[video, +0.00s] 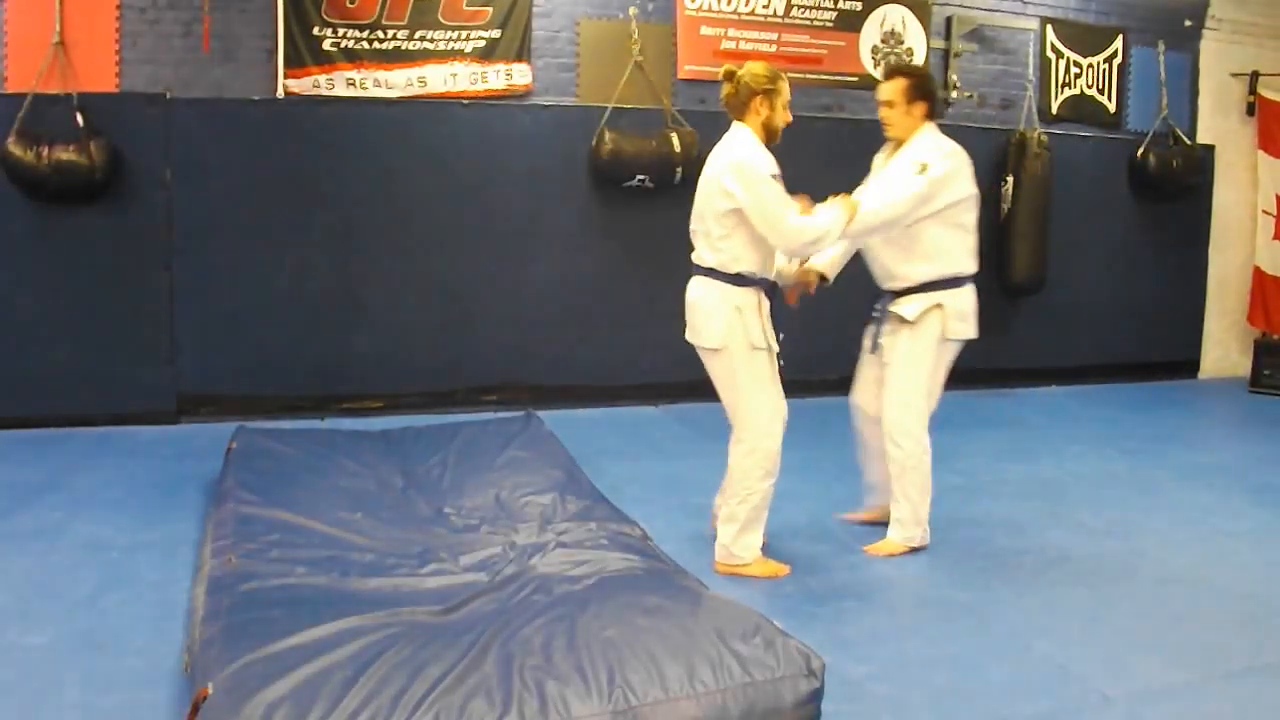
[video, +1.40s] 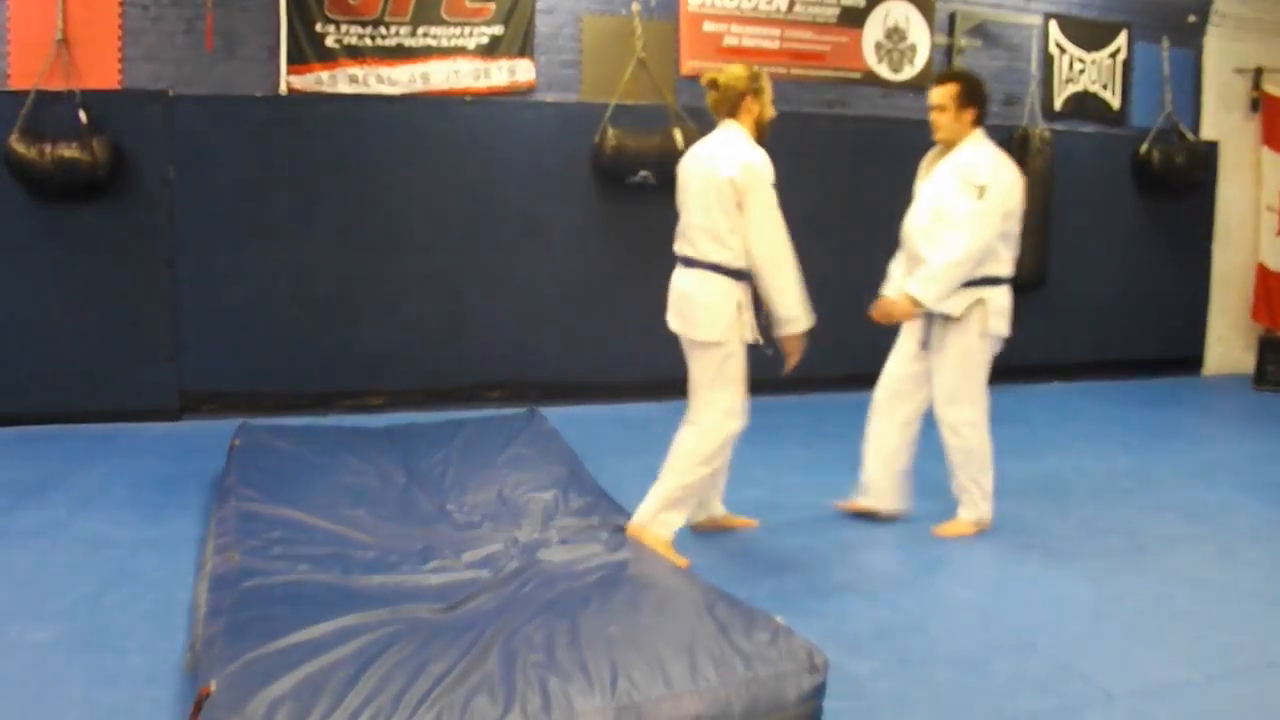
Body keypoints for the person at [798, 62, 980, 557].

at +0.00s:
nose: (881, 114)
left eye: (890, 105)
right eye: (880, 105)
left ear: (921, 108)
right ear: (887, 108)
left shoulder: (941, 158)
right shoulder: (889, 158)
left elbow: (881, 211)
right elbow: (858, 219)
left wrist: (820, 219)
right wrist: (819, 268)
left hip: (937, 304)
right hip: (899, 302)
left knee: (904, 414)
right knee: (868, 403)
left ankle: (911, 530)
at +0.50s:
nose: (805, 112)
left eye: (812, 103)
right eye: (802, 104)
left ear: (843, 101)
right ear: (810, 104)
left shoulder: (871, 149)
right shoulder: (806, 153)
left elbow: (830, 189)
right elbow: (780, 219)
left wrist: (761, 172)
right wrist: (770, 281)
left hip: (853, 303)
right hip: (813, 302)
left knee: (833, 421)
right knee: (798, 411)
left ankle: (832, 545)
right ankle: (806, 509)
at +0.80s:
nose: (806, 115)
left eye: (815, 106)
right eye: (803, 106)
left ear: (845, 104)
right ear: (808, 106)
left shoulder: (882, 159)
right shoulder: (811, 156)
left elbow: (850, 222)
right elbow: (792, 221)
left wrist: (802, 215)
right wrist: (770, 280)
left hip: (858, 304)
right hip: (814, 303)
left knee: (838, 422)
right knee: (801, 411)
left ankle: (832, 545)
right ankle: (807, 507)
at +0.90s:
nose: (817, 114)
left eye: (825, 105)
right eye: (814, 105)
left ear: (855, 103)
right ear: (816, 106)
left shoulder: (895, 158)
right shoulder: (818, 158)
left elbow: (886, 235)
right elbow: (803, 225)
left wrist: (831, 279)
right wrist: (789, 281)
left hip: (869, 304)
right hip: (822, 301)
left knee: (847, 417)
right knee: (809, 407)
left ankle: (832, 540)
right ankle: (810, 505)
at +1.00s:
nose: (835, 114)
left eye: (844, 105)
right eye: (832, 106)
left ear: (873, 103)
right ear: (834, 107)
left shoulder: (912, 158)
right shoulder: (835, 157)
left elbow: (911, 236)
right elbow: (822, 222)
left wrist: (867, 290)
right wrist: (805, 282)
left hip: (886, 302)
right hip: (836, 297)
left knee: (866, 415)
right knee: (820, 408)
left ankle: (876, 529)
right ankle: (817, 506)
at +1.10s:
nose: (852, 116)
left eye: (861, 106)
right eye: (849, 107)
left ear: (891, 106)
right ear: (850, 109)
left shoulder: (928, 162)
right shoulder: (852, 159)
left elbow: (920, 238)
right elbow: (837, 226)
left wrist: (875, 289)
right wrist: (815, 281)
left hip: (902, 301)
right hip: (850, 297)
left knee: (877, 409)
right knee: (830, 405)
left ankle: (918, 510)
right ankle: (819, 505)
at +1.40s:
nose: (932, 119)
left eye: (940, 110)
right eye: (930, 110)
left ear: (970, 113)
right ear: (937, 113)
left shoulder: (999, 173)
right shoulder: (935, 162)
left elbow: (971, 248)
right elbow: (913, 237)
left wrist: (915, 298)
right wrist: (891, 291)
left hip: (975, 304)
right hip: (928, 301)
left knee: (959, 405)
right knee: (894, 397)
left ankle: (975, 510)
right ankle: (881, 496)